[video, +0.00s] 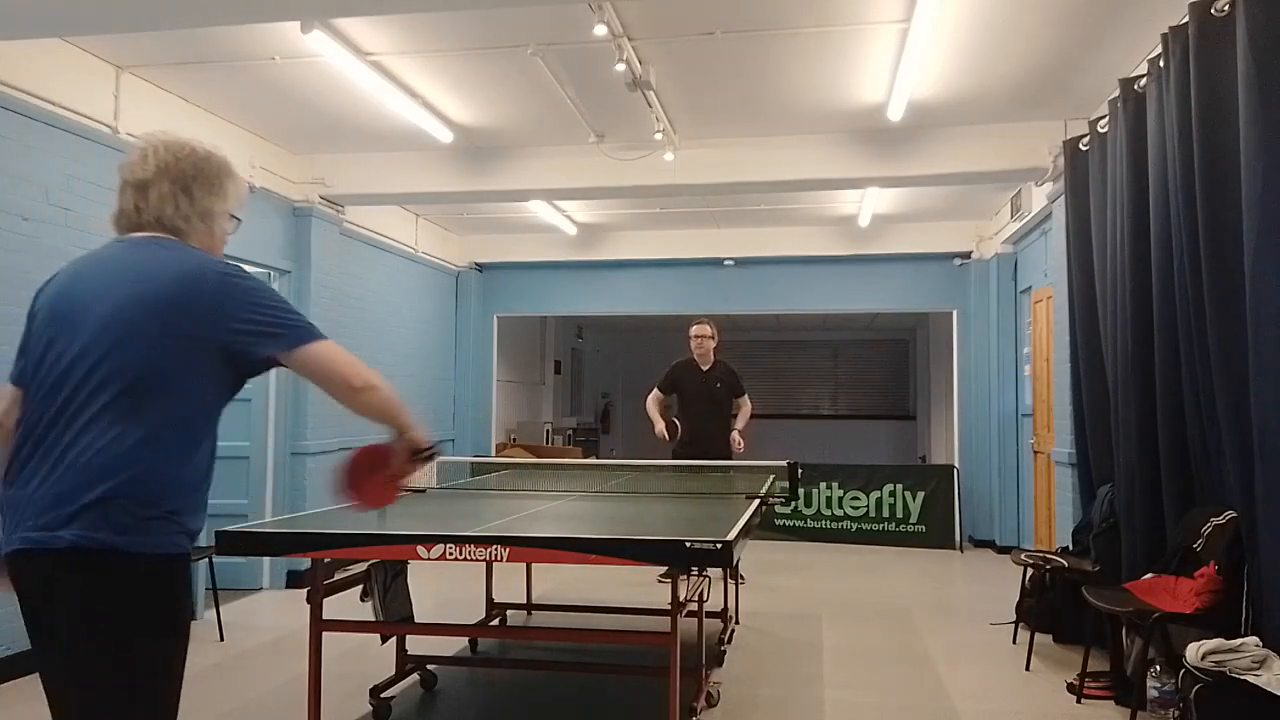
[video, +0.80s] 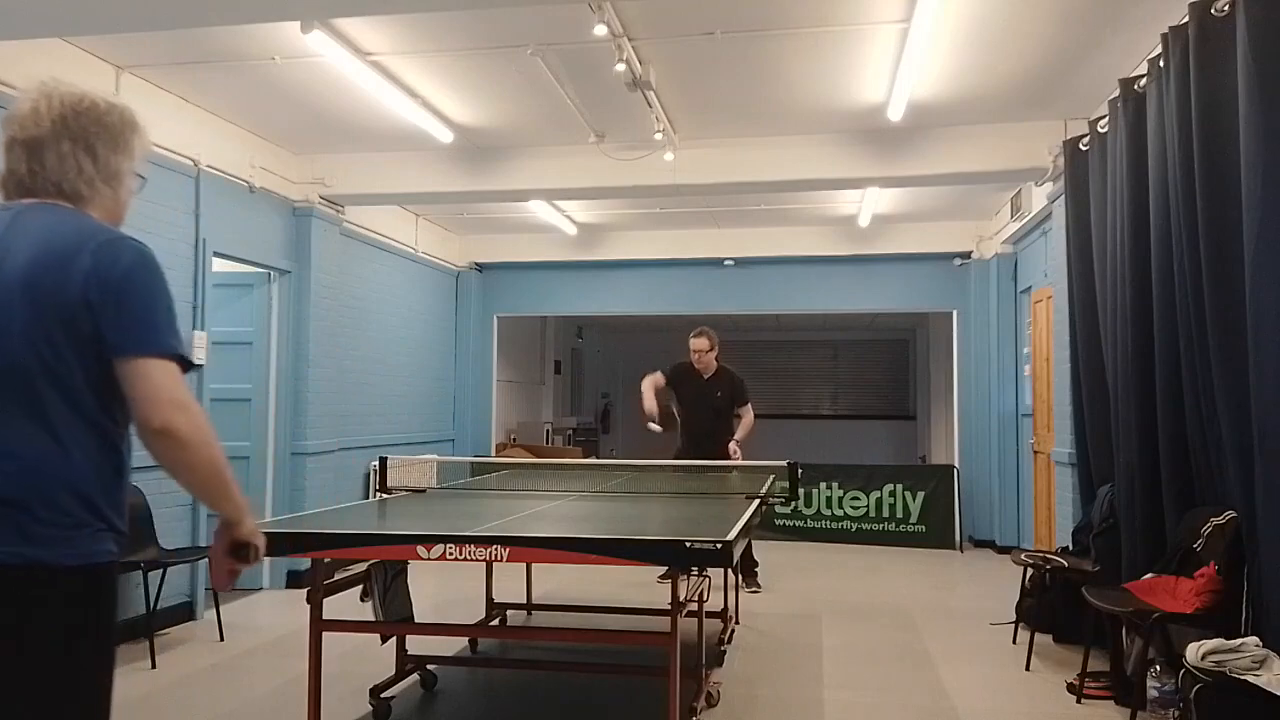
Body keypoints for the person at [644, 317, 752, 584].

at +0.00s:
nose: (700, 342)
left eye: (705, 337)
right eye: (695, 337)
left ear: (714, 341)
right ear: (689, 341)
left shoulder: (726, 372)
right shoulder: (679, 370)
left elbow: (745, 405)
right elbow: (653, 399)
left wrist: (736, 429)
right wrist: (658, 421)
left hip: (718, 454)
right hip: (685, 453)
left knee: (724, 508)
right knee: (679, 508)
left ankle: (730, 562)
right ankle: (677, 562)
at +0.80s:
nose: (696, 357)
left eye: (702, 352)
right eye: (693, 352)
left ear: (715, 350)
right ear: (689, 351)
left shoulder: (731, 380)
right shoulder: (681, 372)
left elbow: (747, 416)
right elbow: (648, 381)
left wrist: (736, 440)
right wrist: (651, 406)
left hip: (721, 459)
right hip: (686, 457)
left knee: (735, 513)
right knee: (674, 509)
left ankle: (748, 572)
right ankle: (678, 562)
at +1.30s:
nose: (725, 338)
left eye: (730, 334)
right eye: (721, 334)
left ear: (743, 336)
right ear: (717, 336)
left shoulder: (756, 370)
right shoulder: (704, 361)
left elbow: (773, 407)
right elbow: (670, 360)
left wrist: (763, 432)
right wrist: (655, 354)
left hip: (741, 454)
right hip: (706, 451)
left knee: (747, 514)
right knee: (688, 506)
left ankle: (749, 572)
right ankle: (679, 560)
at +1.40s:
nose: (726, 337)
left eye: (732, 333)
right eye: (723, 333)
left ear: (744, 335)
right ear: (718, 335)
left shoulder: (757, 370)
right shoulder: (707, 362)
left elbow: (775, 408)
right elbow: (674, 371)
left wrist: (763, 431)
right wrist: (652, 371)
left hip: (741, 456)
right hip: (706, 453)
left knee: (747, 515)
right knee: (693, 509)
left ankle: (749, 573)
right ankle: (685, 566)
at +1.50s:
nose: (724, 337)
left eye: (729, 333)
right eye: (720, 333)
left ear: (742, 335)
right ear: (716, 335)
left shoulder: (755, 370)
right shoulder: (705, 363)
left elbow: (772, 409)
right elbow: (677, 385)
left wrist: (759, 432)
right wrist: (656, 394)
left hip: (739, 455)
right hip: (703, 453)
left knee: (746, 515)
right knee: (686, 508)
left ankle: (749, 573)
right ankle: (678, 566)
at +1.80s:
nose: (687, 341)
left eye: (692, 336)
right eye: (683, 337)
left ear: (707, 337)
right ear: (680, 341)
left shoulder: (726, 372)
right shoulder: (679, 371)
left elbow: (744, 413)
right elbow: (674, 407)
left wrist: (719, 435)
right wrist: (665, 440)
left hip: (717, 460)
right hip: (681, 458)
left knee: (730, 515)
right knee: (667, 514)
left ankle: (748, 572)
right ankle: (663, 574)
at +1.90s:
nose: (669, 341)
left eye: (675, 336)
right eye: (666, 337)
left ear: (691, 337)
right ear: (663, 342)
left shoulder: (710, 372)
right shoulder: (665, 372)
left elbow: (729, 413)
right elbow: (660, 407)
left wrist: (702, 435)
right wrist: (652, 439)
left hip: (702, 460)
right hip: (668, 459)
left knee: (717, 516)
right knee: (661, 515)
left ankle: (743, 566)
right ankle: (662, 574)